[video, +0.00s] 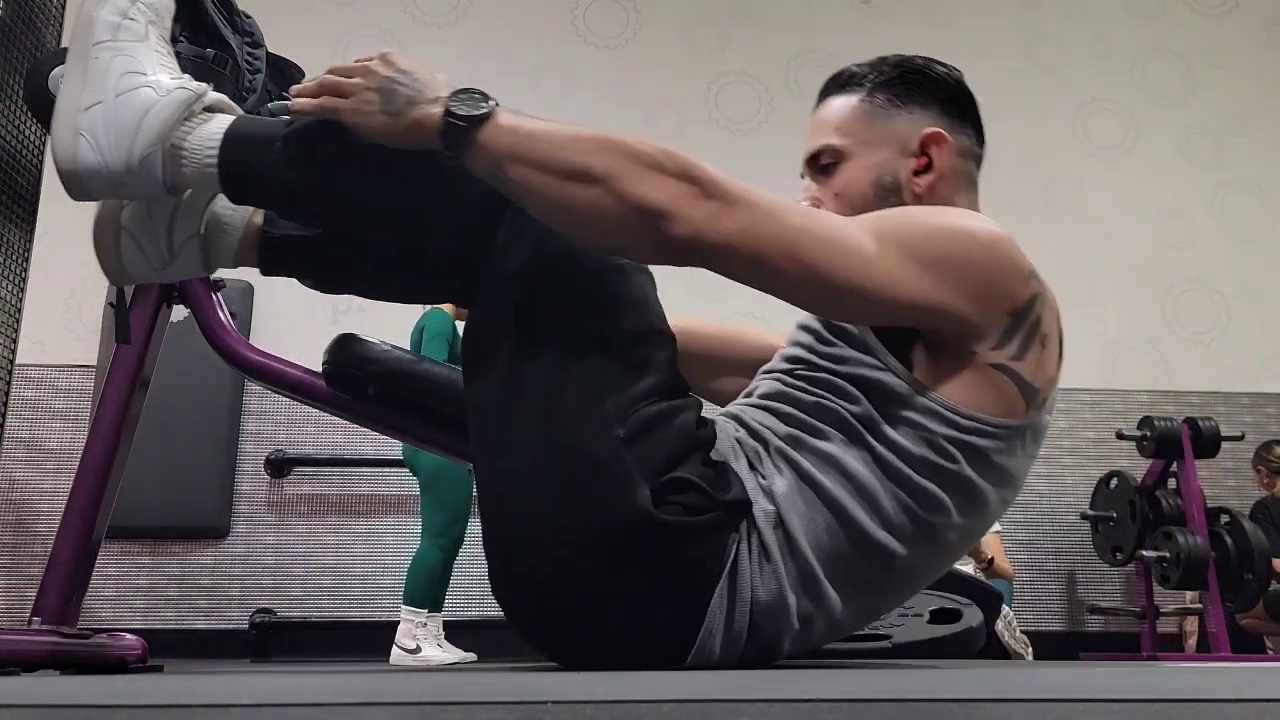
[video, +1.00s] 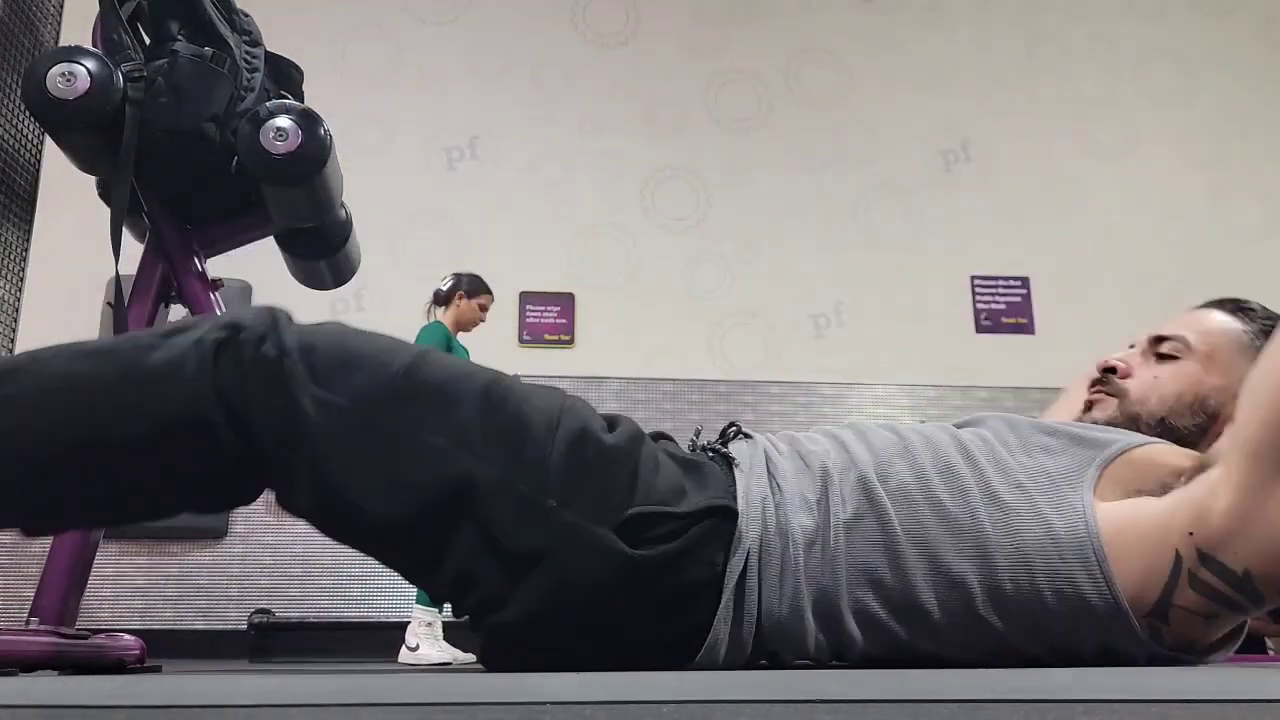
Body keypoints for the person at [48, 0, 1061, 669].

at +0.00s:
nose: (806, 202)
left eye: (830, 170)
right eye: (809, 178)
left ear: (930, 163)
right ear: (916, 172)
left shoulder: (987, 268)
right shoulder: (870, 335)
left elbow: (688, 215)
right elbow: (654, 338)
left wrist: (451, 115)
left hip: (672, 583)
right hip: (649, 566)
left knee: (553, 233)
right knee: (551, 231)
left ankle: (184, 135)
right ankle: (224, 228)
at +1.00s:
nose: (1139, 354)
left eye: (1177, 350)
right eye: (1153, 335)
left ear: (1224, 395)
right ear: (1153, 367)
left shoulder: (1191, 535)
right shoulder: (1100, 474)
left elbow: (1264, 361)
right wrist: (1130, 411)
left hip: (680, 558)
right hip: (679, 519)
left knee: (255, 368)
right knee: (268, 381)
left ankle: (1, 446)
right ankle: (14, 452)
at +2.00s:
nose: (1201, 352)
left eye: (1236, 355)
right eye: (1224, 340)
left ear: (1259, 425)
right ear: (1215, 396)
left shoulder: (1207, 535)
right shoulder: (1083, 481)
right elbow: (926, 395)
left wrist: (1108, 82)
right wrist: (982, 221)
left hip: (670, 569)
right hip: (672, 511)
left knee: (323, 292)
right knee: (345, 295)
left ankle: (3, 310)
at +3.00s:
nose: (848, 193)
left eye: (871, 169)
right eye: (856, 173)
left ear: (949, 178)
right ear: (939, 194)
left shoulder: (1037, 298)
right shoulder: (874, 351)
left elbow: (764, 171)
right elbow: (675, 294)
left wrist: (571, 39)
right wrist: (537, 147)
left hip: (671, 570)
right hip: (643, 555)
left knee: (479, 174)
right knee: (472, 190)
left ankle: (84, 153)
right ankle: (103, 159)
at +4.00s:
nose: (1193, 397)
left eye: (1224, 406)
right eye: (1204, 388)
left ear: (1253, 467)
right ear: (1177, 421)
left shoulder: (1209, 546)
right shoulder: (1115, 477)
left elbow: (1279, 607)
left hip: (673, 540)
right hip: (664, 474)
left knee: (223, 470)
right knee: (248, 451)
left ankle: (19, 527)